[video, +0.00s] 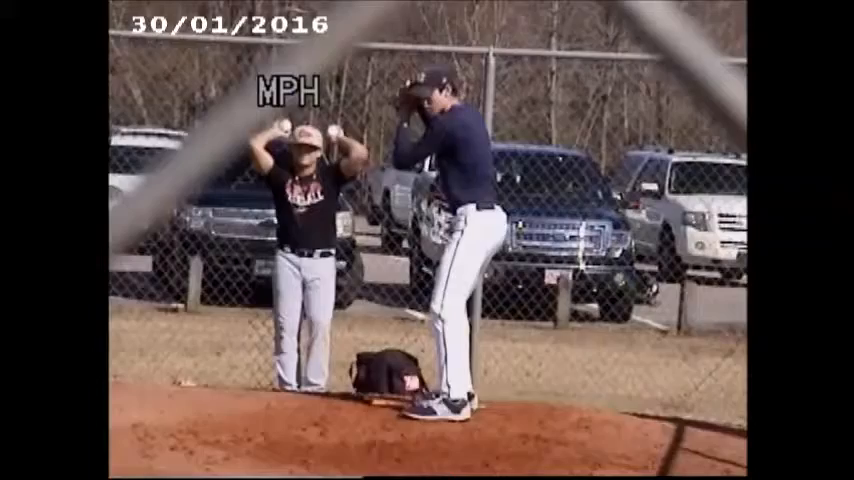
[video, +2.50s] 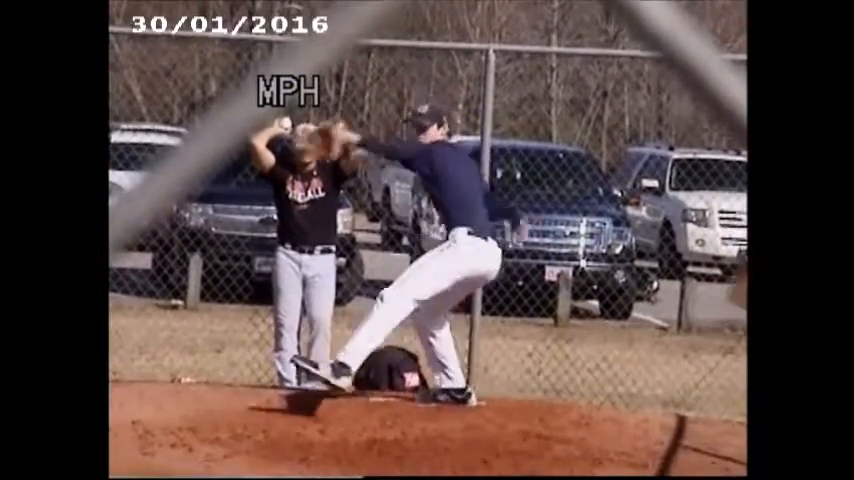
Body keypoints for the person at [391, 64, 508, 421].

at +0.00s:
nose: (423, 108)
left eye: (426, 100)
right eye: (421, 101)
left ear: (445, 92)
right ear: (446, 94)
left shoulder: (448, 123)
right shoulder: (468, 116)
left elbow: (403, 159)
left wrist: (404, 116)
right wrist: (418, 112)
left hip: (473, 218)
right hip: (487, 215)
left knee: (445, 306)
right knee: (452, 305)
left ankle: (455, 395)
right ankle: (460, 390)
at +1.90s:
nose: (427, 107)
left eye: (431, 100)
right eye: (424, 101)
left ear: (453, 93)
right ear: (455, 96)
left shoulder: (443, 125)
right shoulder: (475, 117)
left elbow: (406, 164)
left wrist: (399, 124)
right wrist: (418, 107)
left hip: (474, 216)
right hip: (496, 217)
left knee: (416, 288)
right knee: (447, 300)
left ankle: (441, 373)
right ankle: (461, 386)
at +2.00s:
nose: (424, 106)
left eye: (426, 100)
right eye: (421, 101)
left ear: (444, 90)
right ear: (448, 91)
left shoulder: (438, 122)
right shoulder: (474, 110)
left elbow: (398, 158)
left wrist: (406, 119)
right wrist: (420, 106)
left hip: (475, 212)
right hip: (499, 215)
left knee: (402, 255)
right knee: (457, 299)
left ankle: (440, 329)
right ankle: (459, 387)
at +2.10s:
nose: (417, 104)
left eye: (420, 97)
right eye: (415, 98)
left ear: (441, 90)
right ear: (446, 92)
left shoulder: (432, 120)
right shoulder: (473, 111)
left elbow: (389, 159)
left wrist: (416, 128)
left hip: (472, 212)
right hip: (500, 216)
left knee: (394, 234)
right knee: (461, 301)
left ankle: (427, 314)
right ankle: (459, 387)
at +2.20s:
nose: (416, 110)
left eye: (420, 103)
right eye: (414, 104)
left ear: (440, 97)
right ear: (444, 99)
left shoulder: (431, 127)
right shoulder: (472, 118)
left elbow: (388, 168)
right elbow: (484, 162)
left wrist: (411, 133)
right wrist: (450, 192)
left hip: (472, 216)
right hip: (503, 221)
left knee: (394, 236)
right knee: (458, 303)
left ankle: (402, 320)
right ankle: (460, 389)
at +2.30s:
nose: (420, 113)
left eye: (424, 106)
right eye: (418, 107)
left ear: (443, 102)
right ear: (444, 105)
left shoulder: (437, 131)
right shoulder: (469, 129)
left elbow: (392, 155)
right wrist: (446, 197)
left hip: (471, 221)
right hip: (500, 228)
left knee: (394, 252)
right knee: (445, 301)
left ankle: (368, 339)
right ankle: (457, 386)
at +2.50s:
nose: (418, 133)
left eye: (424, 128)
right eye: (417, 128)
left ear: (442, 128)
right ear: (444, 131)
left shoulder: (431, 154)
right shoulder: (466, 157)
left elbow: (393, 150)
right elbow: (488, 198)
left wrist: (359, 139)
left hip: (465, 247)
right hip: (490, 253)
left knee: (396, 297)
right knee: (428, 315)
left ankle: (343, 368)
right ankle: (454, 387)